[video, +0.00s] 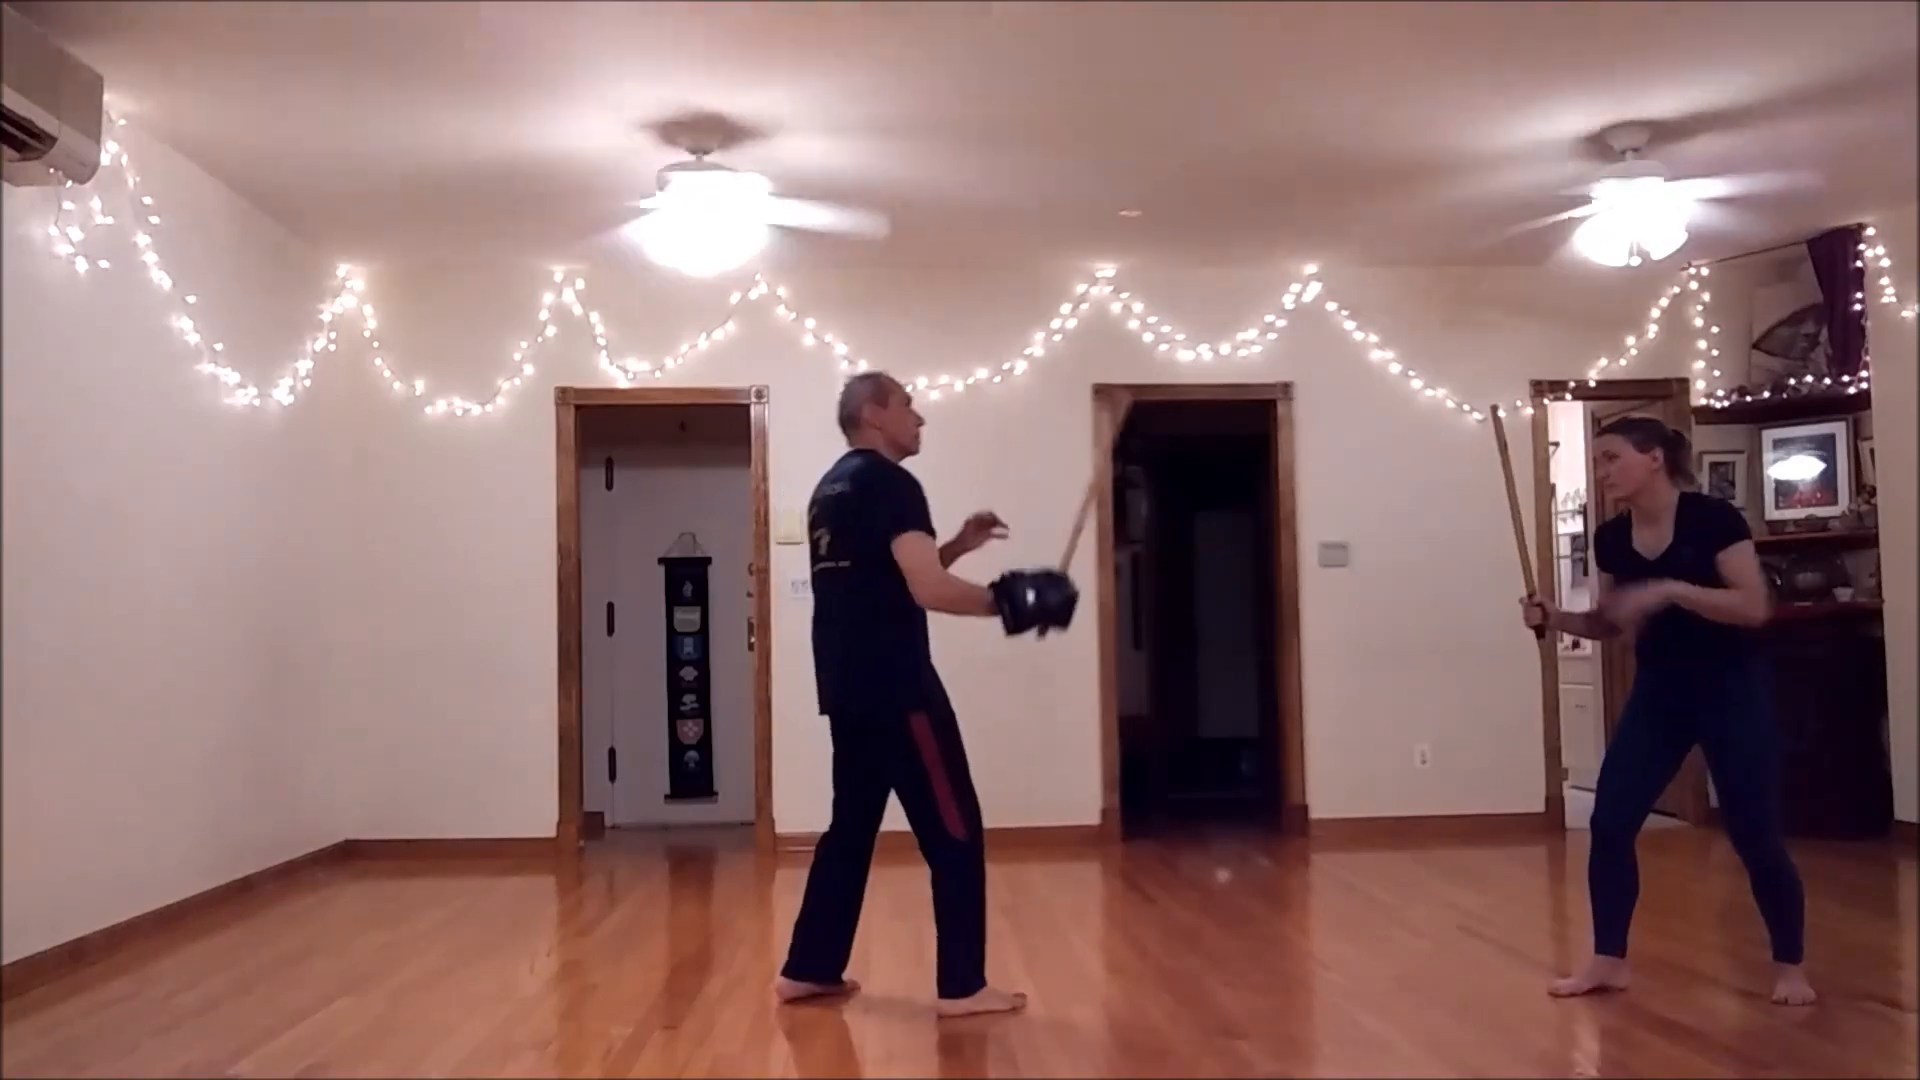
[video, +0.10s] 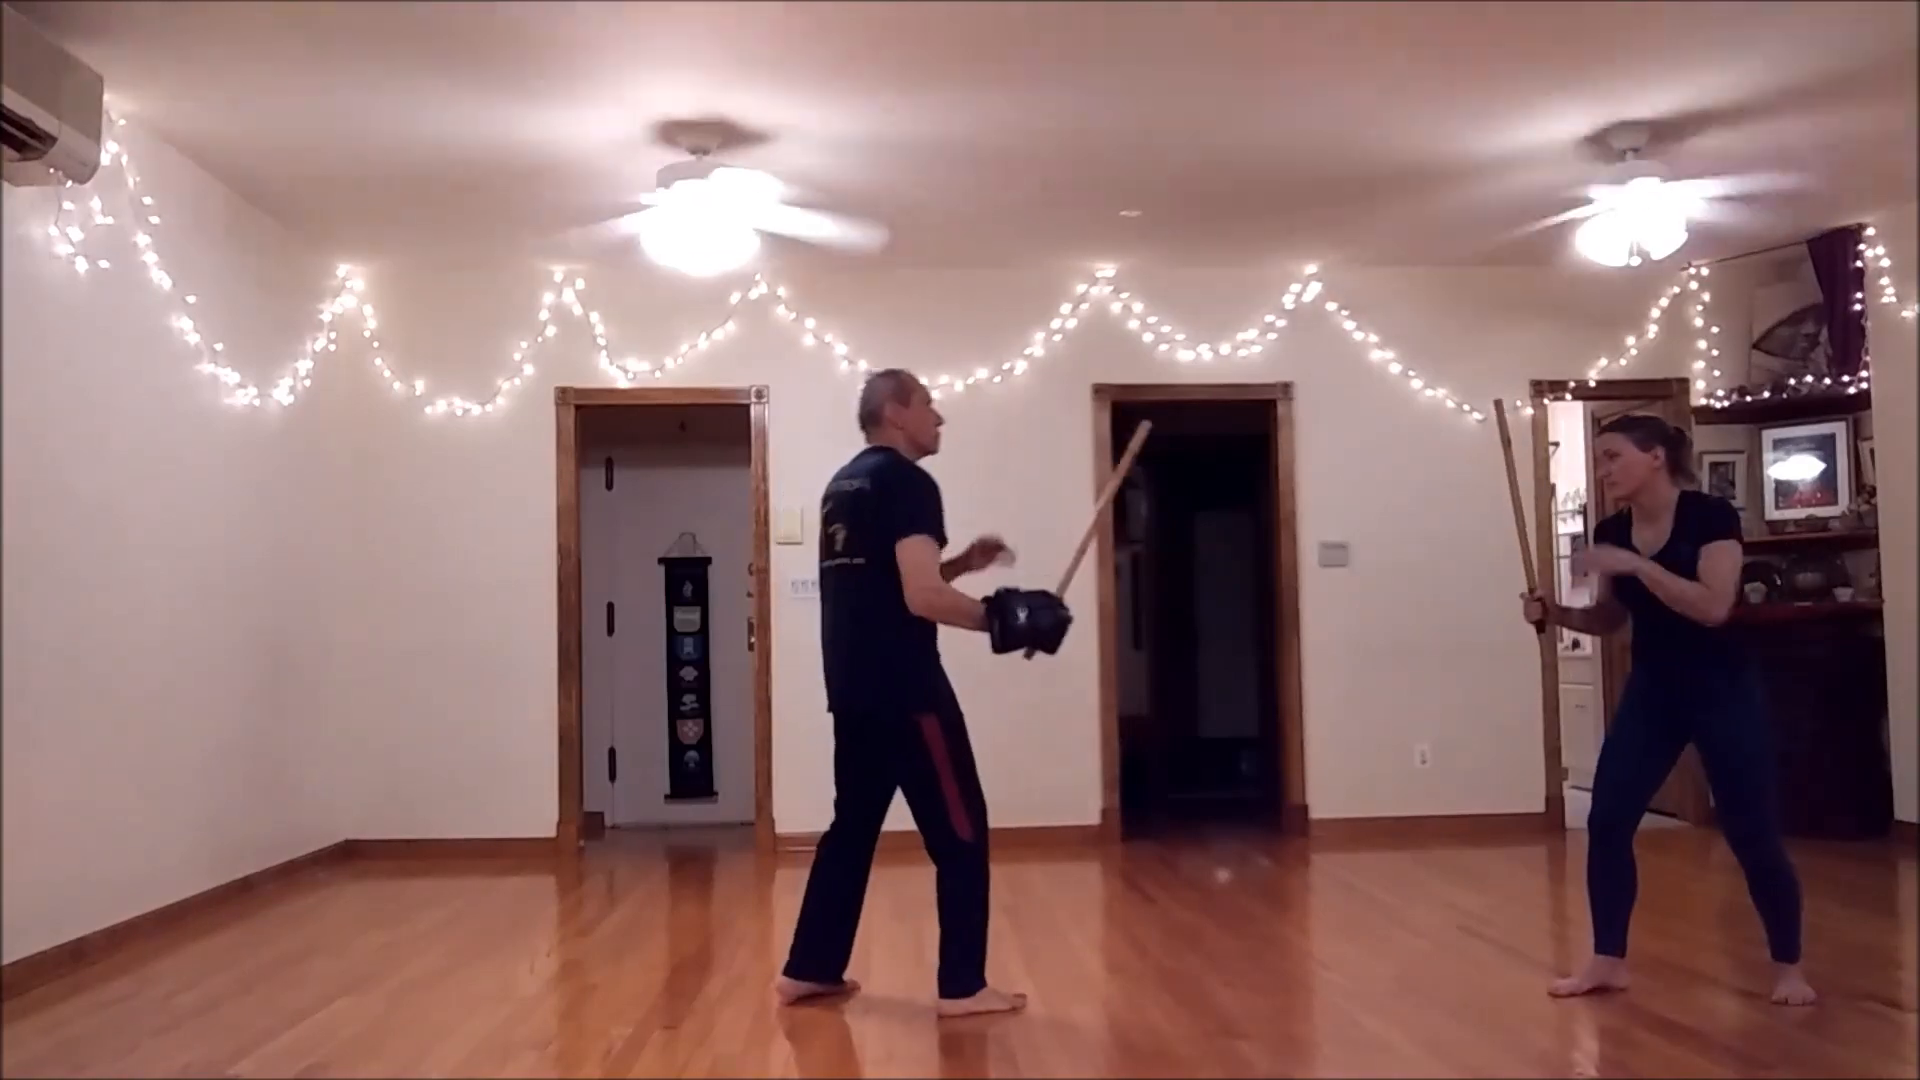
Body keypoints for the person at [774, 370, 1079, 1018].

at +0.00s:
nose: (920, 417)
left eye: (914, 405)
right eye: (907, 405)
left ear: (863, 417)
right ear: (873, 414)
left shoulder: (833, 485)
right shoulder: (887, 481)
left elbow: (888, 584)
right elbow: (930, 589)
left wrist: (959, 544)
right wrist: (1006, 597)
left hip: (849, 690)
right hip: (901, 688)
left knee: (850, 829)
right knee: (957, 833)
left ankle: (808, 971)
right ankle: (962, 987)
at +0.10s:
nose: (939, 415)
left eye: (932, 402)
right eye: (927, 403)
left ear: (885, 415)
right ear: (896, 412)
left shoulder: (844, 484)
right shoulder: (906, 481)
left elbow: (884, 591)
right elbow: (925, 596)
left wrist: (960, 564)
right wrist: (1001, 617)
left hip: (855, 691)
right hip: (910, 689)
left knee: (853, 826)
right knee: (962, 834)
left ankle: (808, 971)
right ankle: (963, 987)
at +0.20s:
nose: (957, 413)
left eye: (952, 401)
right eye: (946, 401)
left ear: (900, 414)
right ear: (914, 411)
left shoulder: (858, 478)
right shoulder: (925, 481)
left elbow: (874, 589)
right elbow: (917, 592)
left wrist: (953, 587)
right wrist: (988, 617)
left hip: (857, 689)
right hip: (916, 690)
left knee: (850, 825)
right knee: (964, 833)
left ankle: (810, 971)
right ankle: (963, 987)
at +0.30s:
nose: (971, 416)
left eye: (966, 404)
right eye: (961, 404)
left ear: (911, 414)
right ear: (927, 412)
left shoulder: (867, 475)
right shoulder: (935, 481)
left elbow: (894, 579)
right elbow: (914, 586)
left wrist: (984, 596)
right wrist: (994, 611)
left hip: (859, 688)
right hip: (918, 689)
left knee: (846, 826)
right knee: (965, 834)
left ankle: (809, 971)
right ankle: (963, 987)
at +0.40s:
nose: (972, 416)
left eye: (967, 404)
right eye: (961, 404)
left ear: (911, 413)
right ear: (927, 411)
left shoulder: (868, 475)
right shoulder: (935, 480)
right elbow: (917, 584)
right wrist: (996, 601)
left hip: (861, 687)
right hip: (919, 688)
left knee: (845, 822)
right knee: (967, 834)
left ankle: (799, 967)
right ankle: (963, 986)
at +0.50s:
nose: (963, 417)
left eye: (959, 404)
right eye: (954, 404)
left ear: (904, 414)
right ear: (919, 411)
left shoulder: (863, 476)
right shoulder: (926, 480)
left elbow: (902, 568)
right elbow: (920, 590)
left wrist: (981, 576)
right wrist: (1003, 594)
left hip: (860, 688)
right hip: (917, 690)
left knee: (836, 821)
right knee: (970, 835)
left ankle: (777, 959)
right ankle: (963, 987)